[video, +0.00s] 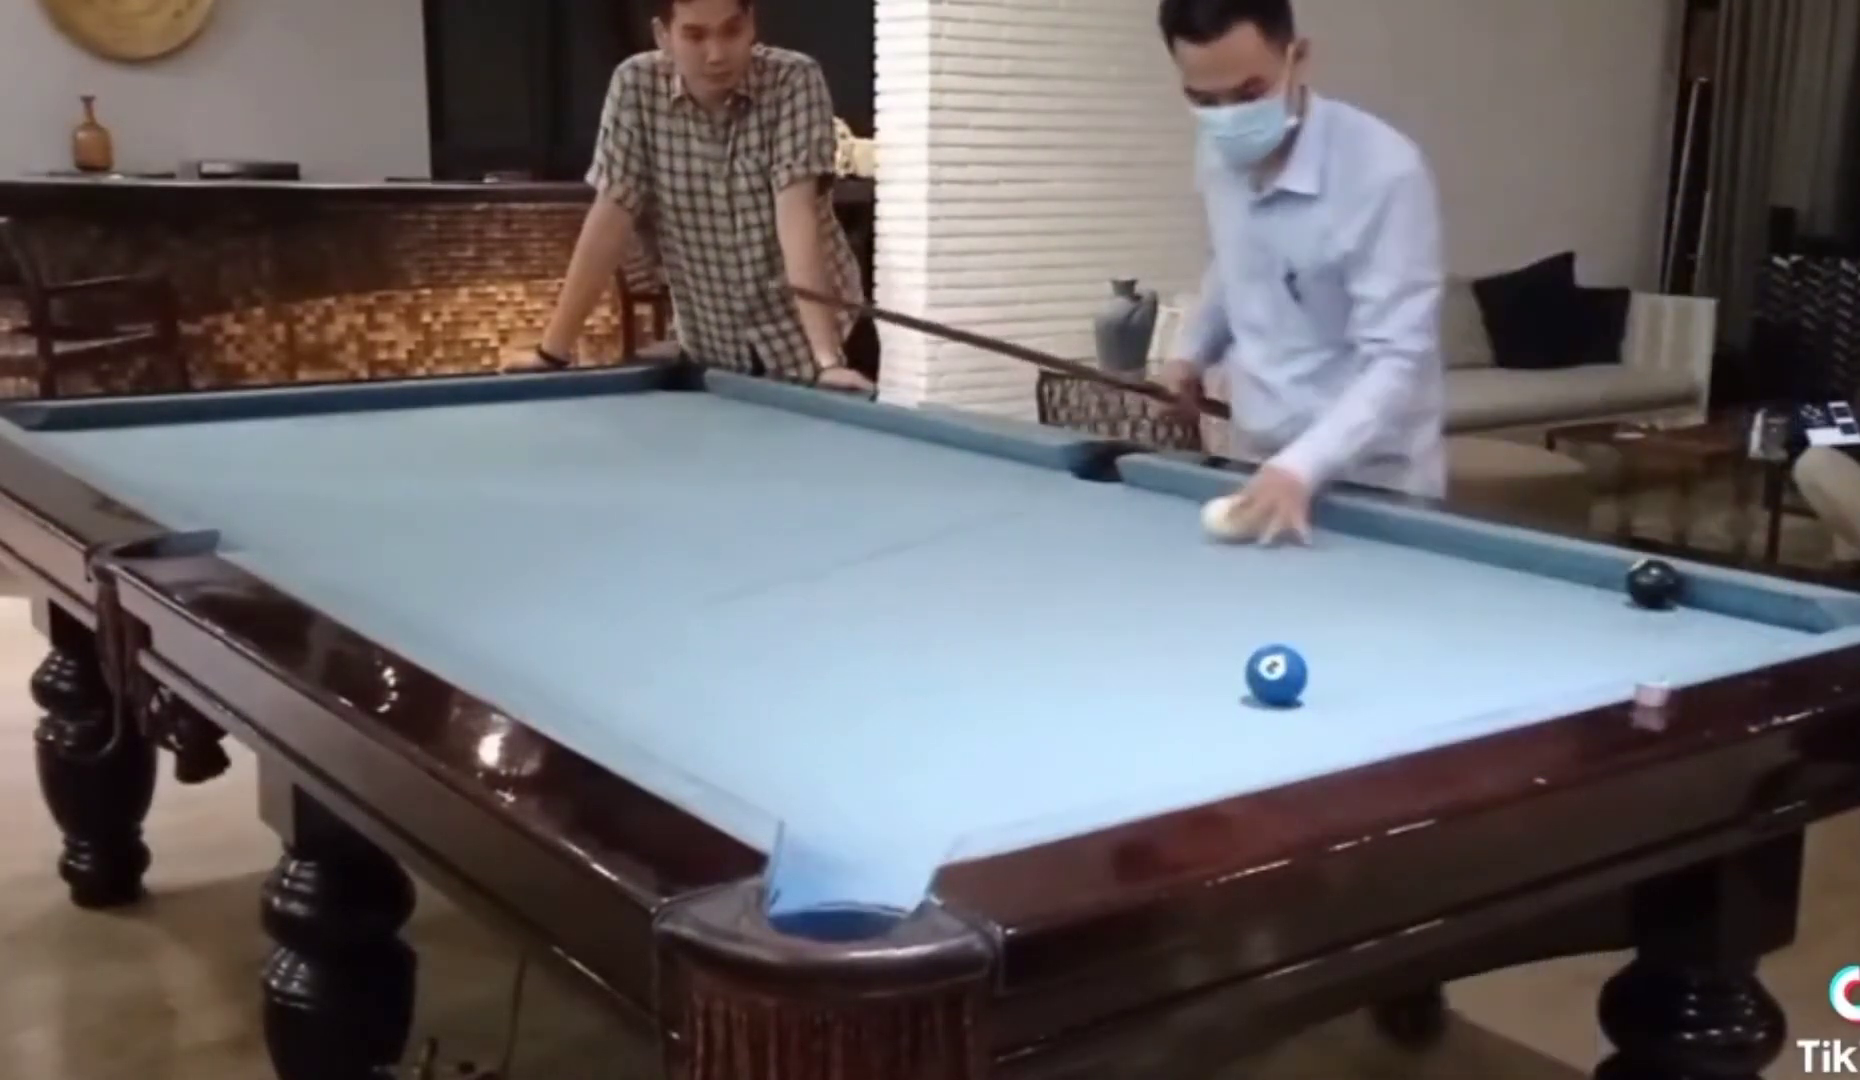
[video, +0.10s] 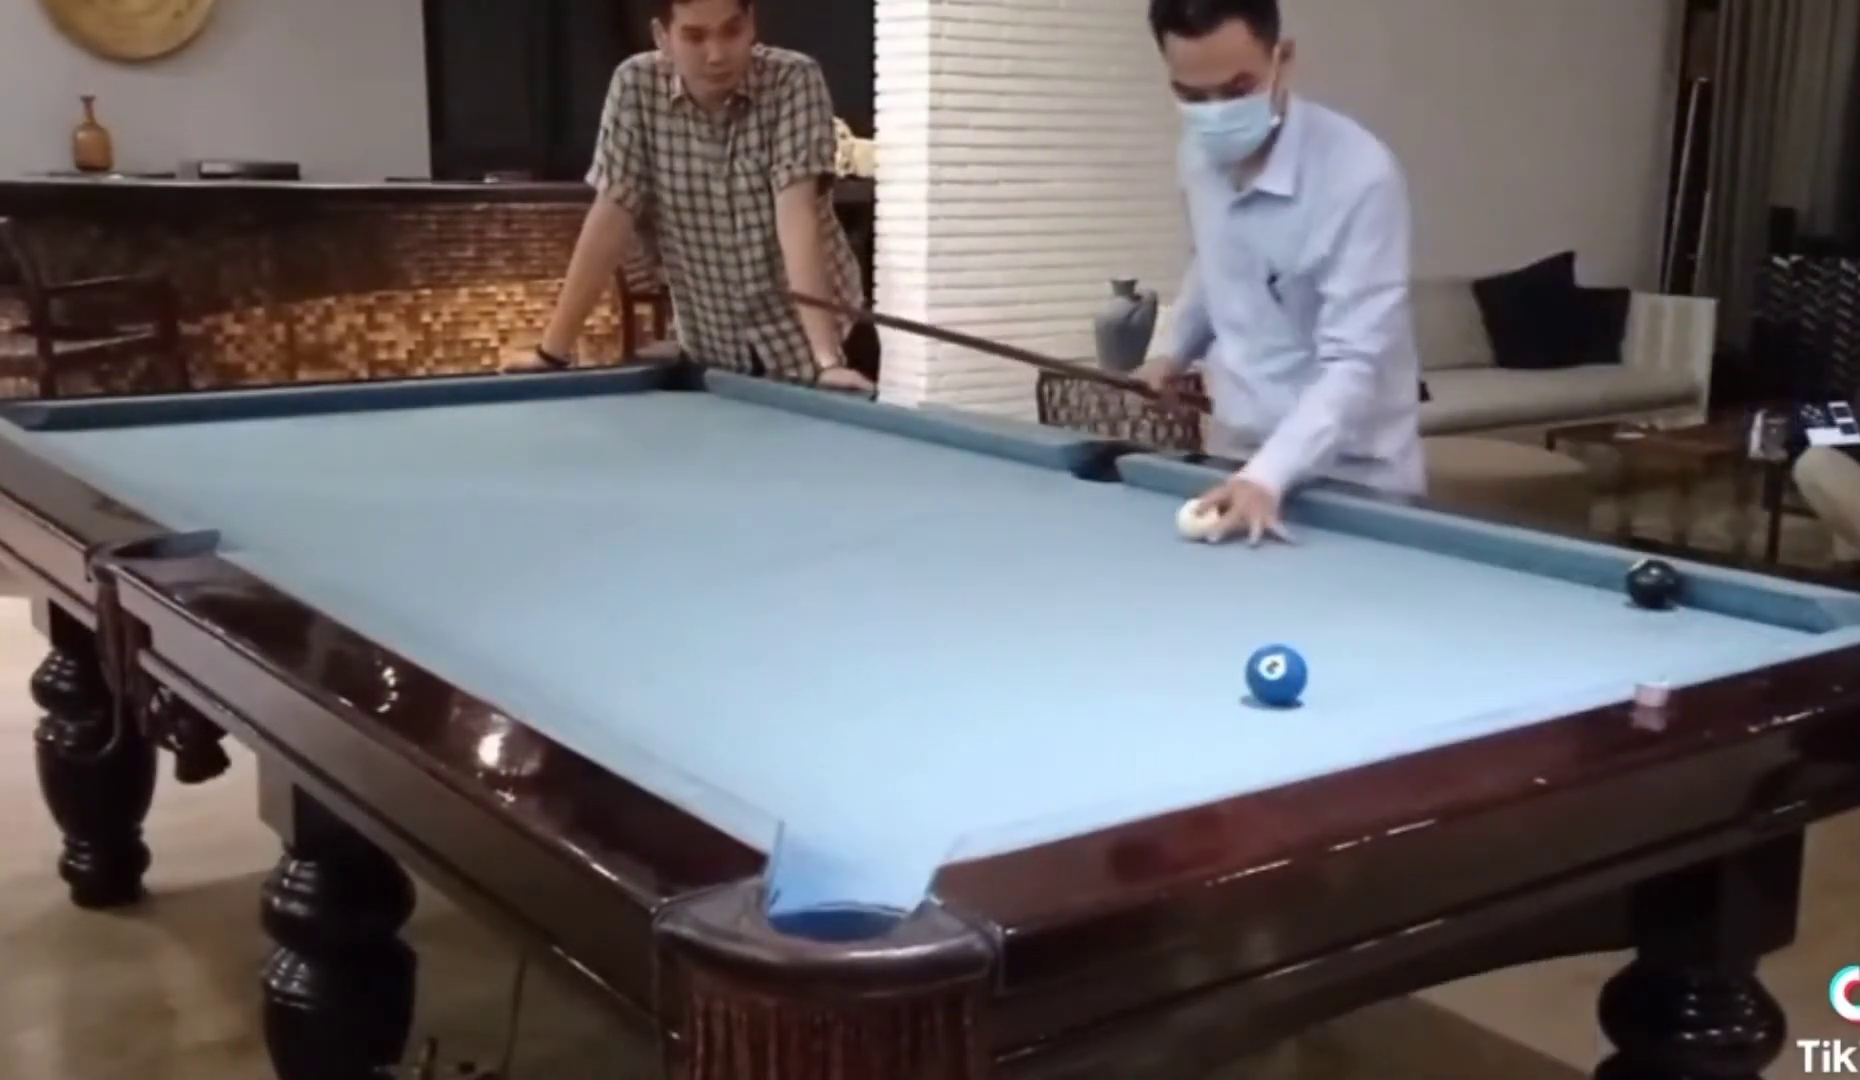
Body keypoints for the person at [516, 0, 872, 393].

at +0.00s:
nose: (717, 54)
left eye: (732, 32)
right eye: (695, 36)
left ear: (753, 26)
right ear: (663, 35)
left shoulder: (793, 79)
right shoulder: (637, 85)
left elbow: (798, 212)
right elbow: (612, 212)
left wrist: (829, 359)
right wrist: (551, 351)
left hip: (812, 350)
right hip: (708, 351)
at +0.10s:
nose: (717, 54)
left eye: (732, 32)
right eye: (695, 36)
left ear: (752, 27)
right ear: (662, 37)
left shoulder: (792, 79)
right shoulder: (637, 85)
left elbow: (798, 214)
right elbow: (612, 214)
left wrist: (829, 360)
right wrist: (552, 352)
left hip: (811, 353)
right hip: (710, 354)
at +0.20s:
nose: (717, 55)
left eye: (731, 32)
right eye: (696, 36)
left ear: (752, 26)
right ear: (662, 37)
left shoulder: (792, 79)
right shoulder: (637, 85)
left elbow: (798, 213)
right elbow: (612, 213)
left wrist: (828, 359)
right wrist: (552, 351)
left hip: (810, 352)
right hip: (710, 352)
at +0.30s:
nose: (717, 55)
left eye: (732, 33)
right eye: (695, 37)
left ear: (752, 27)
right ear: (662, 37)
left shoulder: (791, 79)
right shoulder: (636, 85)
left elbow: (798, 210)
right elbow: (612, 212)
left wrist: (828, 358)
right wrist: (551, 351)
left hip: (810, 352)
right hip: (709, 354)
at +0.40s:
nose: (717, 55)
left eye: (731, 33)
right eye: (696, 37)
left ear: (752, 26)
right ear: (661, 36)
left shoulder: (791, 80)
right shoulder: (636, 85)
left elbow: (798, 213)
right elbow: (611, 215)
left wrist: (828, 359)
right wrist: (552, 352)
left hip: (805, 348)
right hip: (709, 349)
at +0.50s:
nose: (717, 55)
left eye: (732, 33)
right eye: (696, 36)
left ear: (752, 25)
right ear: (662, 36)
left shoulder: (791, 80)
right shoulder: (636, 85)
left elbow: (798, 217)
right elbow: (610, 217)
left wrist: (828, 360)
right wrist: (552, 353)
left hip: (807, 347)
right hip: (710, 348)